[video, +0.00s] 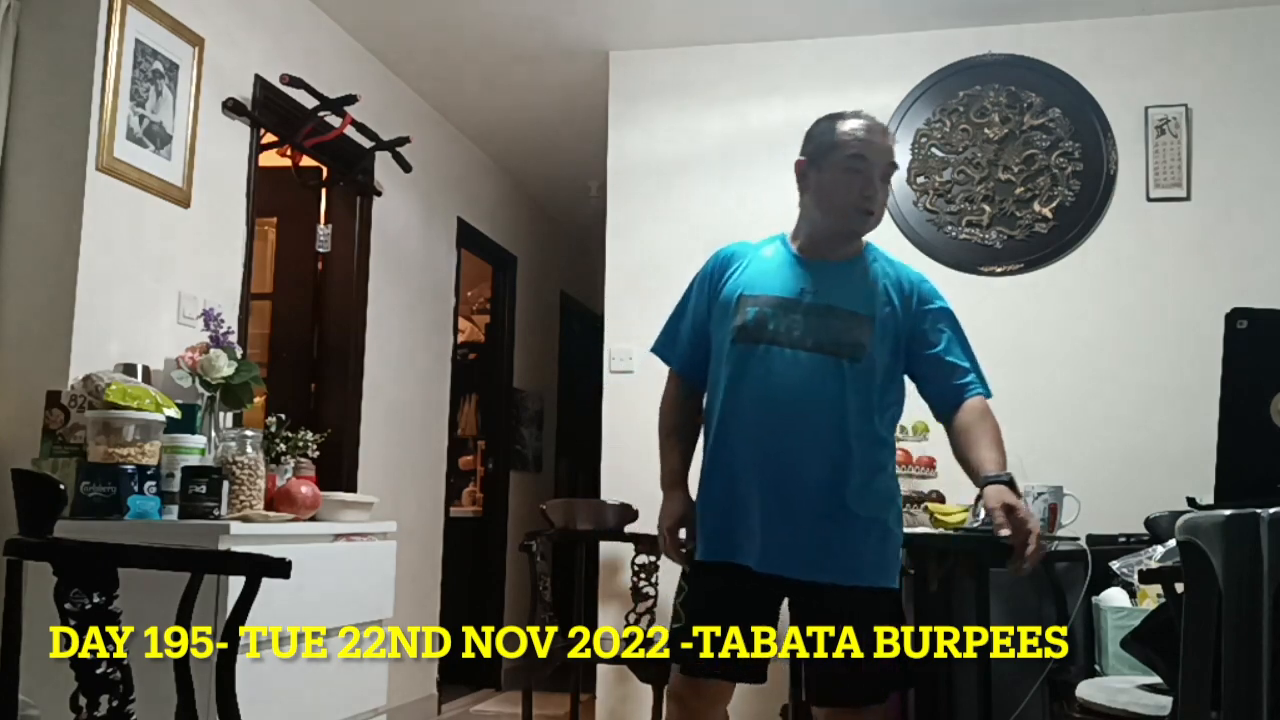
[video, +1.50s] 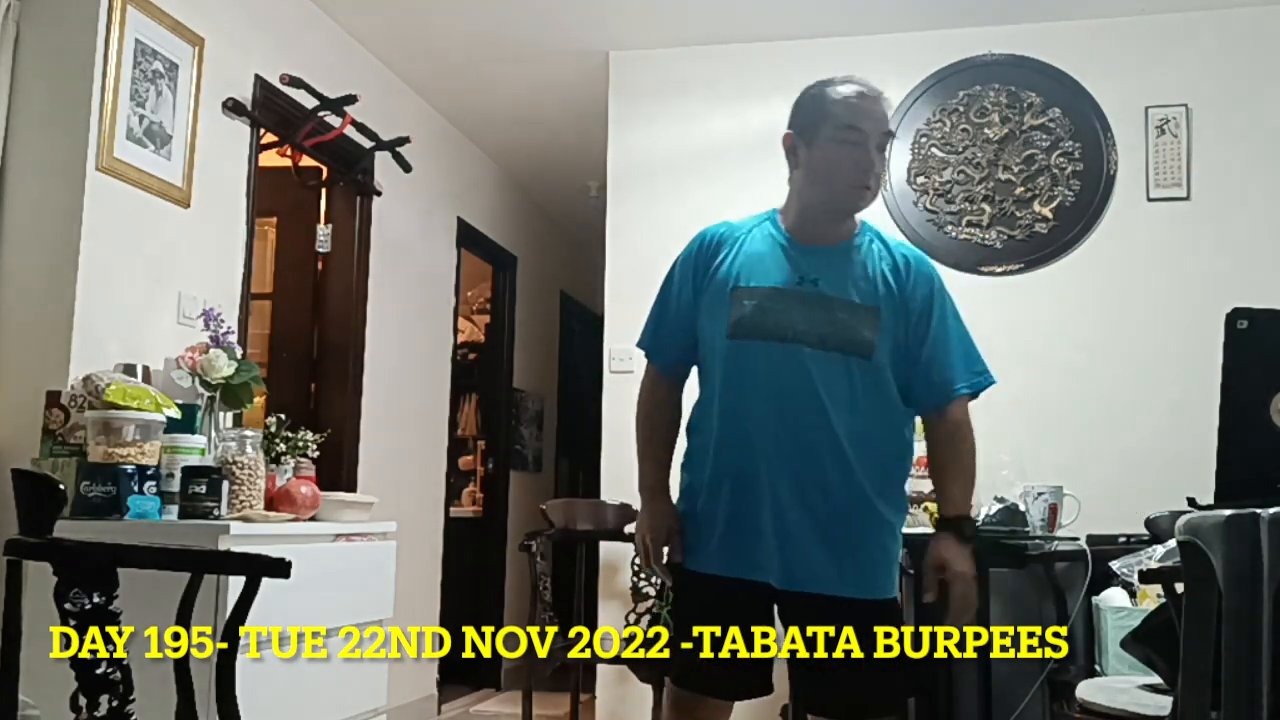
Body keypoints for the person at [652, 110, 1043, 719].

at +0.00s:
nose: (874, 189)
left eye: (885, 175)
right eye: (856, 166)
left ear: (893, 188)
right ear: (804, 173)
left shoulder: (907, 294)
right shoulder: (731, 269)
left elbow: (964, 397)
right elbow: (683, 387)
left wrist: (994, 480)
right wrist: (674, 488)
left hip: (853, 550)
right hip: (736, 535)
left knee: (851, 709)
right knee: (694, 696)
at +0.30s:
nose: (966, 192)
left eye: (979, 176)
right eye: (949, 166)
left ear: (986, 183)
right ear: (891, 159)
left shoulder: (980, 295)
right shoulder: (793, 240)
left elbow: (1062, 379)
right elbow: (726, 349)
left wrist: (1135, 444)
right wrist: (706, 460)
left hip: (880, 570)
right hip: (762, 540)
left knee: (861, 714)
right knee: (726, 706)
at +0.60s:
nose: (996, 190)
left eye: (1011, 173)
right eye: (979, 162)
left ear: (1016, 183)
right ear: (919, 158)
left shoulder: (1005, 297)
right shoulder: (810, 234)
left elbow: (1080, 389)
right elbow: (738, 340)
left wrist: (1151, 466)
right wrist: (717, 456)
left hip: (893, 577)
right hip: (771, 539)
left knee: (865, 717)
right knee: (726, 705)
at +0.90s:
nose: (1002, 188)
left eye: (1015, 172)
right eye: (984, 160)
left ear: (1018, 183)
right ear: (922, 156)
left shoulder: (1008, 297)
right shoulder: (814, 233)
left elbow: (1082, 390)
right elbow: (740, 338)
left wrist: (1152, 463)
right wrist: (718, 456)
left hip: (895, 574)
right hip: (772, 536)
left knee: (864, 717)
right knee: (725, 705)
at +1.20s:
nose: (977, 183)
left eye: (989, 167)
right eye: (959, 157)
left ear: (997, 175)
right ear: (897, 152)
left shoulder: (989, 294)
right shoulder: (792, 236)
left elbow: (1063, 390)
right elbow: (723, 343)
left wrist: (1132, 465)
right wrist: (703, 459)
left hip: (882, 570)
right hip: (759, 536)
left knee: (861, 713)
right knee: (716, 702)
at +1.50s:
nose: (875, 159)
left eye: (884, 144)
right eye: (853, 138)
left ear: (891, 158)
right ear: (794, 148)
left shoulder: (910, 278)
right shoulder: (714, 254)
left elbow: (948, 411)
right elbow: (662, 380)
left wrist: (955, 529)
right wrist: (654, 501)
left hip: (851, 559)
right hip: (724, 544)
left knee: (855, 713)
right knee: (693, 706)